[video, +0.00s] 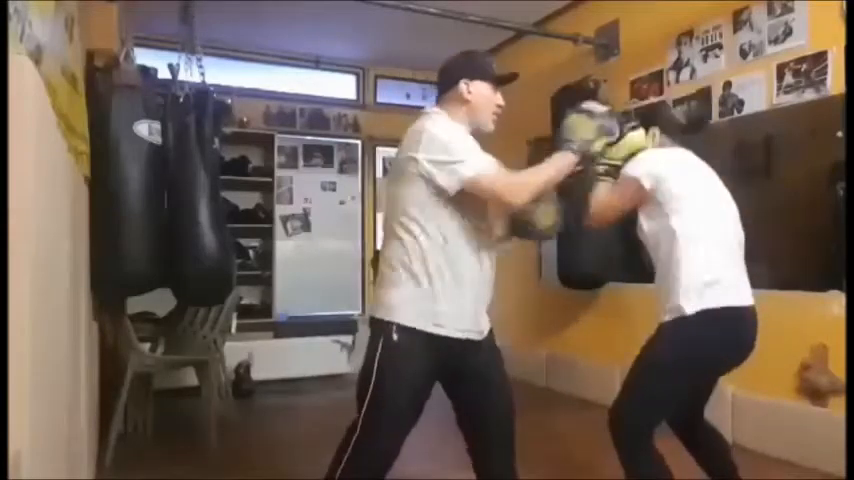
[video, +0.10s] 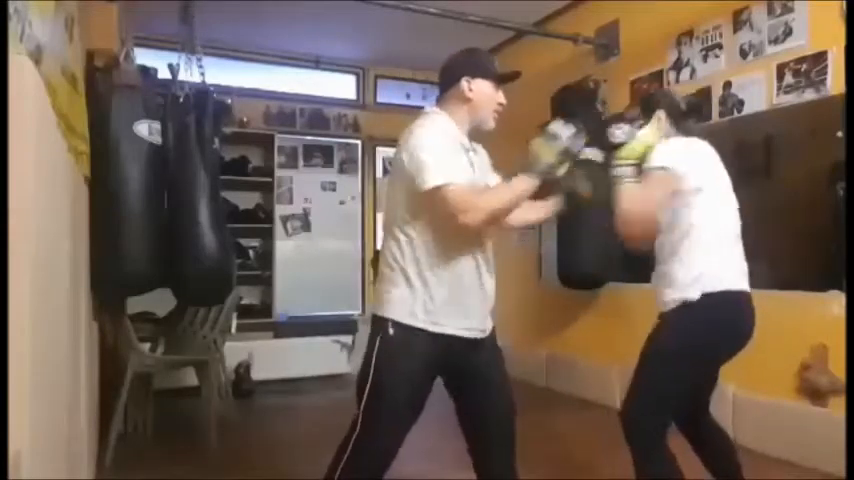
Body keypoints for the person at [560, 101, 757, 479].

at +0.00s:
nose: (619, 151)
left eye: (623, 142)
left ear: (641, 137)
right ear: (667, 136)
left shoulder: (650, 162)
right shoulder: (699, 169)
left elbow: (599, 214)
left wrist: (602, 169)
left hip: (695, 324)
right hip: (737, 322)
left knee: (627, 422)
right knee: (684, 415)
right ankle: (729, 473)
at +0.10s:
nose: (631, 134)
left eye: (635, 124)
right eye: (631, 126)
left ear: (657, 121)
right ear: (678, 120)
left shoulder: (672, 153)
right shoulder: (703, 154)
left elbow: (635, 228)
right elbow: (647, 233)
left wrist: (622, 168)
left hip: (697, 312)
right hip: (729, 307)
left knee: (640, 419)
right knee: (691, 413)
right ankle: (731, 473)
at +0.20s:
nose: (634, 130)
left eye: (641, 120)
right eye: (630, 122)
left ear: (671, 114)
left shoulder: (704, 150)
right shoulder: (657, 164)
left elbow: (672, 223)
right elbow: (606, 209)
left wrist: (650, 165)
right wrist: (611, 156)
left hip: (712, 300)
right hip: (683, 304)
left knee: (647, 417)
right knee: (693, 412)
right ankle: (733, 474)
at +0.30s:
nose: (637, 126)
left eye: (646, 117)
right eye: (634, 118)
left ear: (675, 113)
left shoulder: (707, 151)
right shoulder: (659, 159)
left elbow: (663, 223)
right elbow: (621, 220)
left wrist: (648, 162)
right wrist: (619, 158)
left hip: (711, 303)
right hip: (683, 306)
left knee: (648, 417)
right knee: (694, 413)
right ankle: (733, 474)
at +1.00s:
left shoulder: (708, 152)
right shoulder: (653, 175)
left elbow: (719, 117)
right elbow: (627, 221)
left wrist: (668, 111)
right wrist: (602, 188)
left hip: (707, 302)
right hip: (677, 307)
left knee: (652, 414)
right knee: (694, 414)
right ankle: (737, 473)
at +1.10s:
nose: (639, 120)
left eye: (645, 106)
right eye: (639, 106)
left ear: (673, 107)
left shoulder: (695, 139)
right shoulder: (666, 170)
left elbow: (620, 98)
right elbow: (665, 248)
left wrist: (587, 121)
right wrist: (626, 213)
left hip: (705, 305)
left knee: (648, 413)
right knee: (697, 413)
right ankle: (740, 474)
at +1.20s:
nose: (642, 126)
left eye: (650, 115)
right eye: (641, 117)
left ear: (683, 113)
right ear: (679, 116)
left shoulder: (686, 147)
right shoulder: (701, 151)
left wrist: (583, 142)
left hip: (700, 311)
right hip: (723, 309)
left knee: (645, 414)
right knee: (699, 414)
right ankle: (741, 475)